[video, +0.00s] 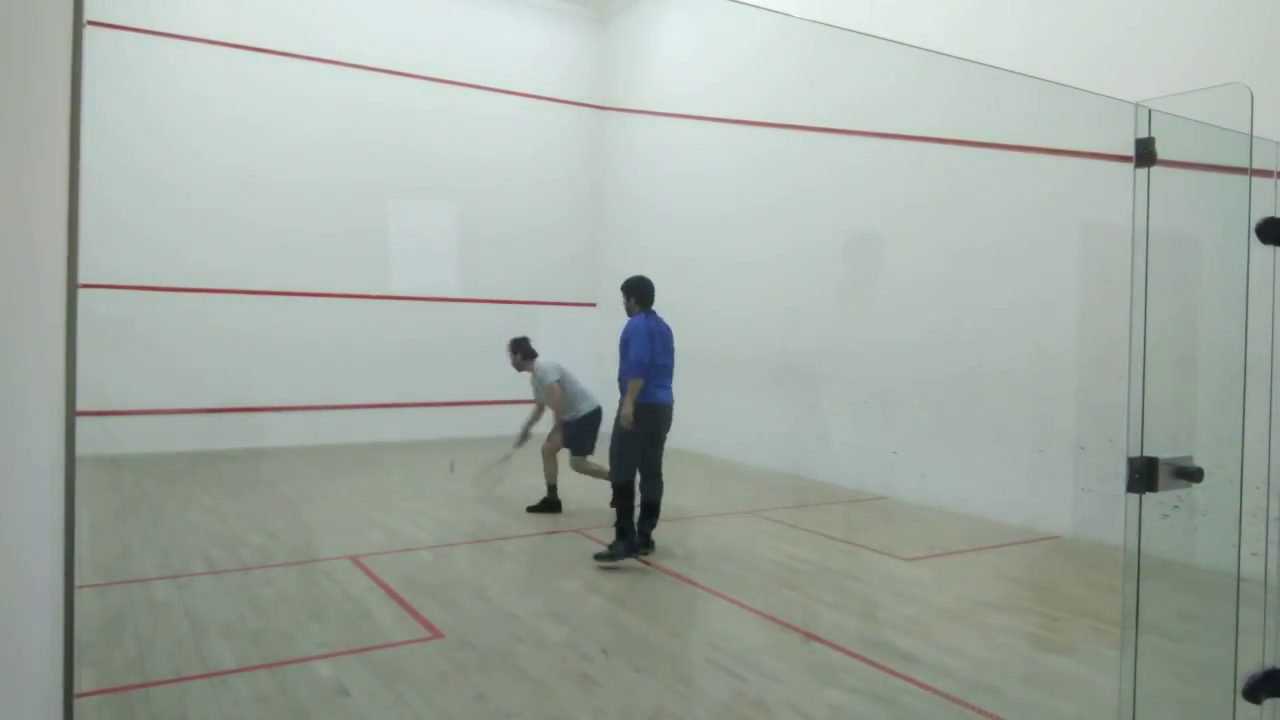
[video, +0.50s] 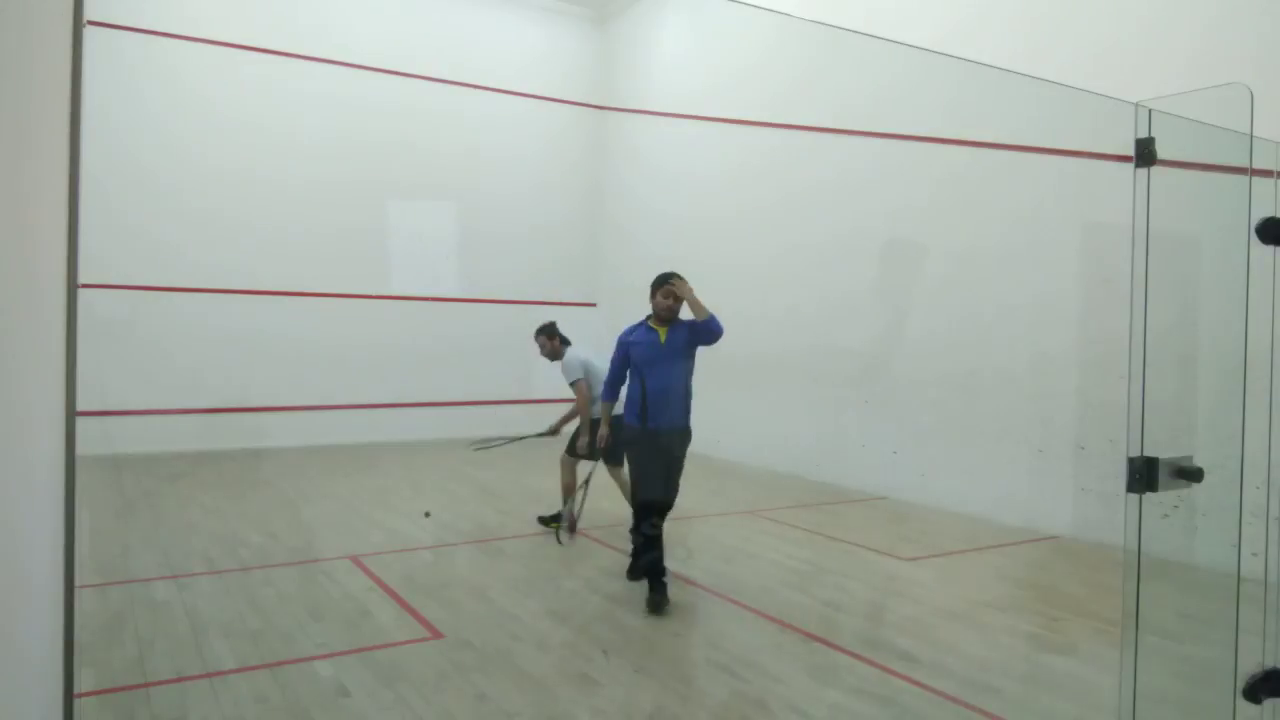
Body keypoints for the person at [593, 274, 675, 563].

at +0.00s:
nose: (623, 304)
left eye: (625, 299)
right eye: (624, 299)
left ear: (634, 299)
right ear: (648, 298)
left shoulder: (637, 326)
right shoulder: (663, 328)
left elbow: (637, 368)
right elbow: (663, 370)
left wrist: (628, 402)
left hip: (638, 405)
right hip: (661, 407)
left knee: (621, 469)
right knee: (651, 470)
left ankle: (624, 539)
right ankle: (644, 535)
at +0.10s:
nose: (624, 303)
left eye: (626, 297)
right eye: (624, 297)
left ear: (637, 298)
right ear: (645, 297)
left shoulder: (651, 328)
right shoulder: (645, 325)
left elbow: (653, 375)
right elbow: (648, 372)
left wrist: (632, 406)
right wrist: (631, 403)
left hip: (649, 408)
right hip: (643, 407)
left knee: (639, 473)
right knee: (635, 472)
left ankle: (641, 547)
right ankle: (641, 542)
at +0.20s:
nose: (630, 303)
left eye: (635, 299)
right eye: (629, 298)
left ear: (652, 301)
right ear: (638, 301)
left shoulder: (665, 333)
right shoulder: (637, 333)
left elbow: (674, 374)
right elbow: (634, 376)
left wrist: (634, 383)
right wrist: (628, 416)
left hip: (654, 417)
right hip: (637, 416)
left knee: (639, 478)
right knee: (633, 476)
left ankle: (644, 553)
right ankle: (639, 536)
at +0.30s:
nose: (647, 297)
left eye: (654, 293)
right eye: (643, 292)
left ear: (665, 297)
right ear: (636, 295)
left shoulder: (678, 329)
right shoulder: (630, 330)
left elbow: (687, 366)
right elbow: (622, 373)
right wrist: (611, 412)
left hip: (662, 421)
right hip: (631, 417)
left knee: (651, 488)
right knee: (615, 480)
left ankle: (645, 552)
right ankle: (619, 539)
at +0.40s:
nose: (661, 297)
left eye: (666, 293)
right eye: (655, 291)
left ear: (673, 298)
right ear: (644, 294)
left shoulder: (681, 328)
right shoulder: (627, 332)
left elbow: (704, 345)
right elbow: (612, 375)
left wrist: (685, 306)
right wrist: (601, 415)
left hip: (670, 425)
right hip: (633, 423)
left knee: (659, 494)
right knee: (625, 491)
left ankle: (645, 553)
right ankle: (617, 565)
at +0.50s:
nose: (669, 303)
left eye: (674, 299)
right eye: (663, 297)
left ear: (682, 303)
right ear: (651, 299)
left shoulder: (688, 332)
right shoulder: (631, 336)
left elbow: (714, 332)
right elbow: (613, 381)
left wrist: (690, 298)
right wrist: (604, 421)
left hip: (675, 429)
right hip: (638, 429)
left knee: (664, 500)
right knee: (647, 503)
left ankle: (640, 553)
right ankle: (656, 582)